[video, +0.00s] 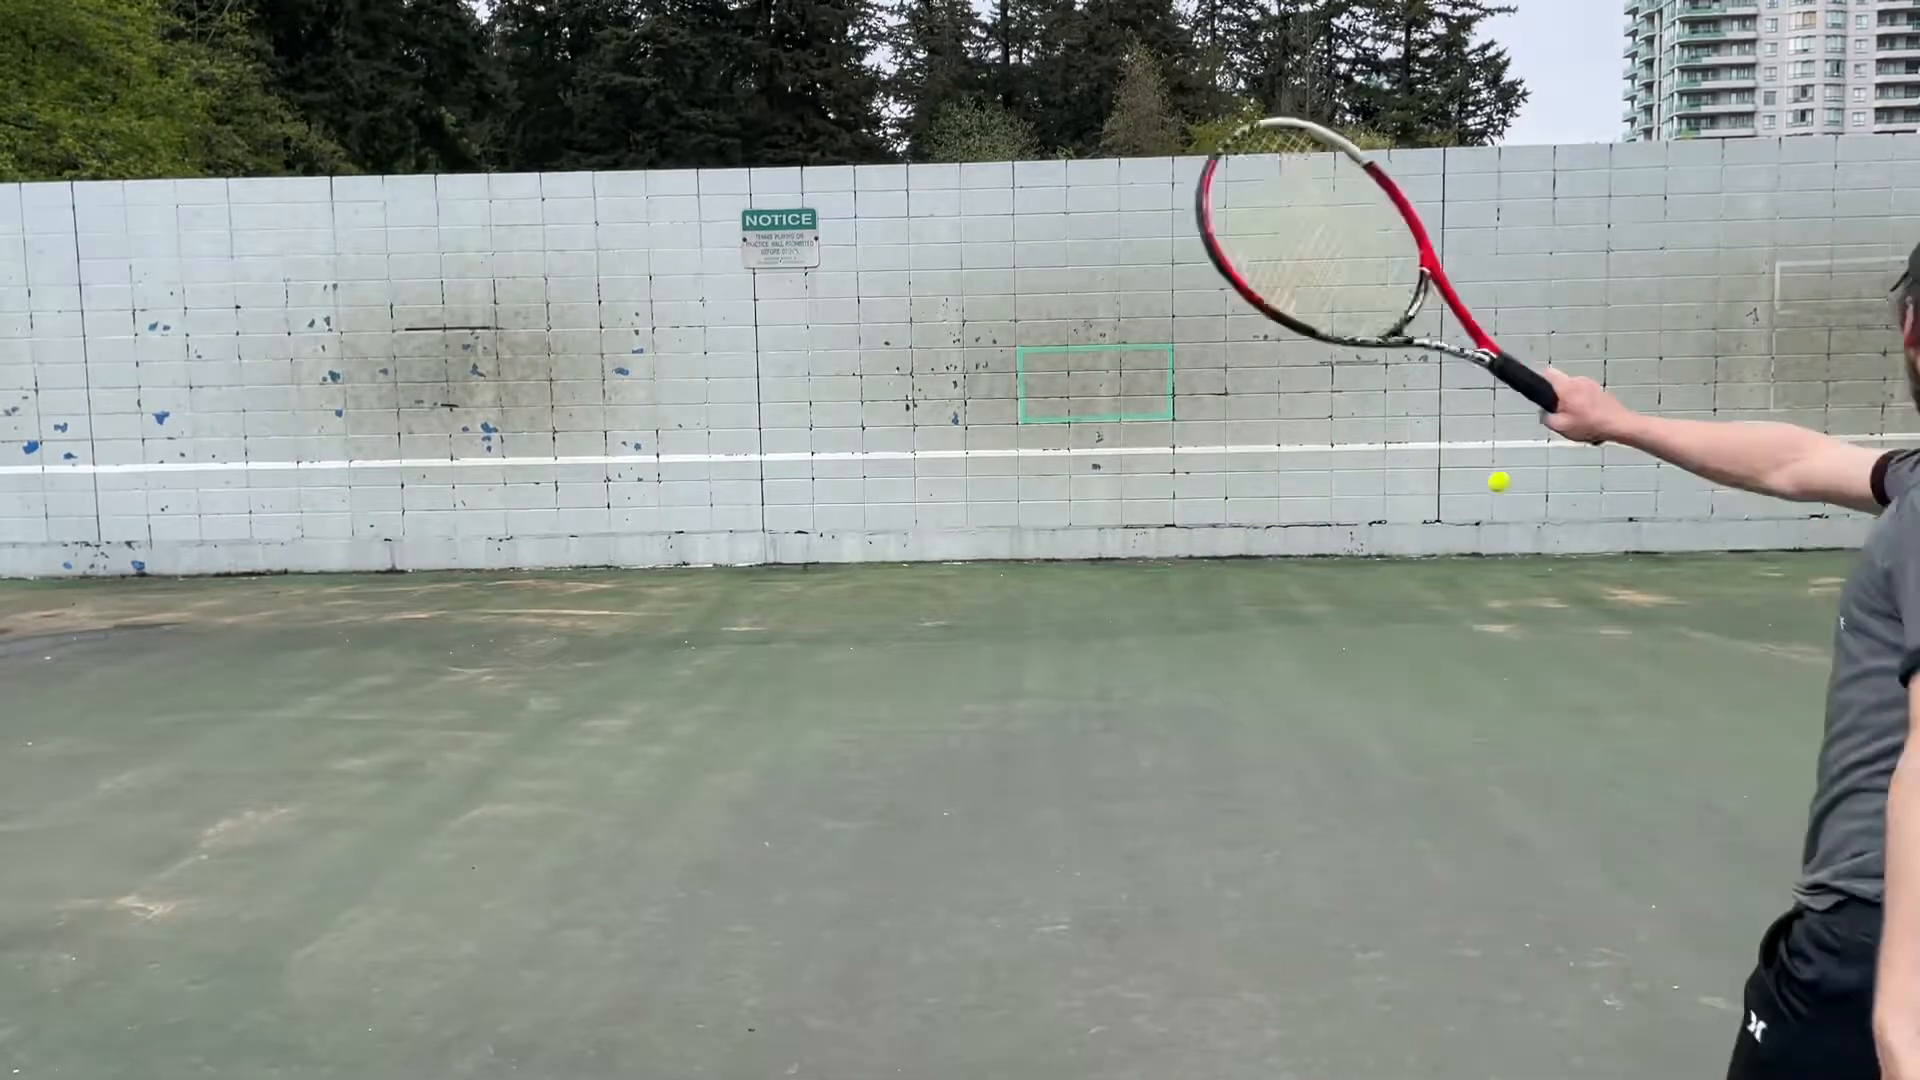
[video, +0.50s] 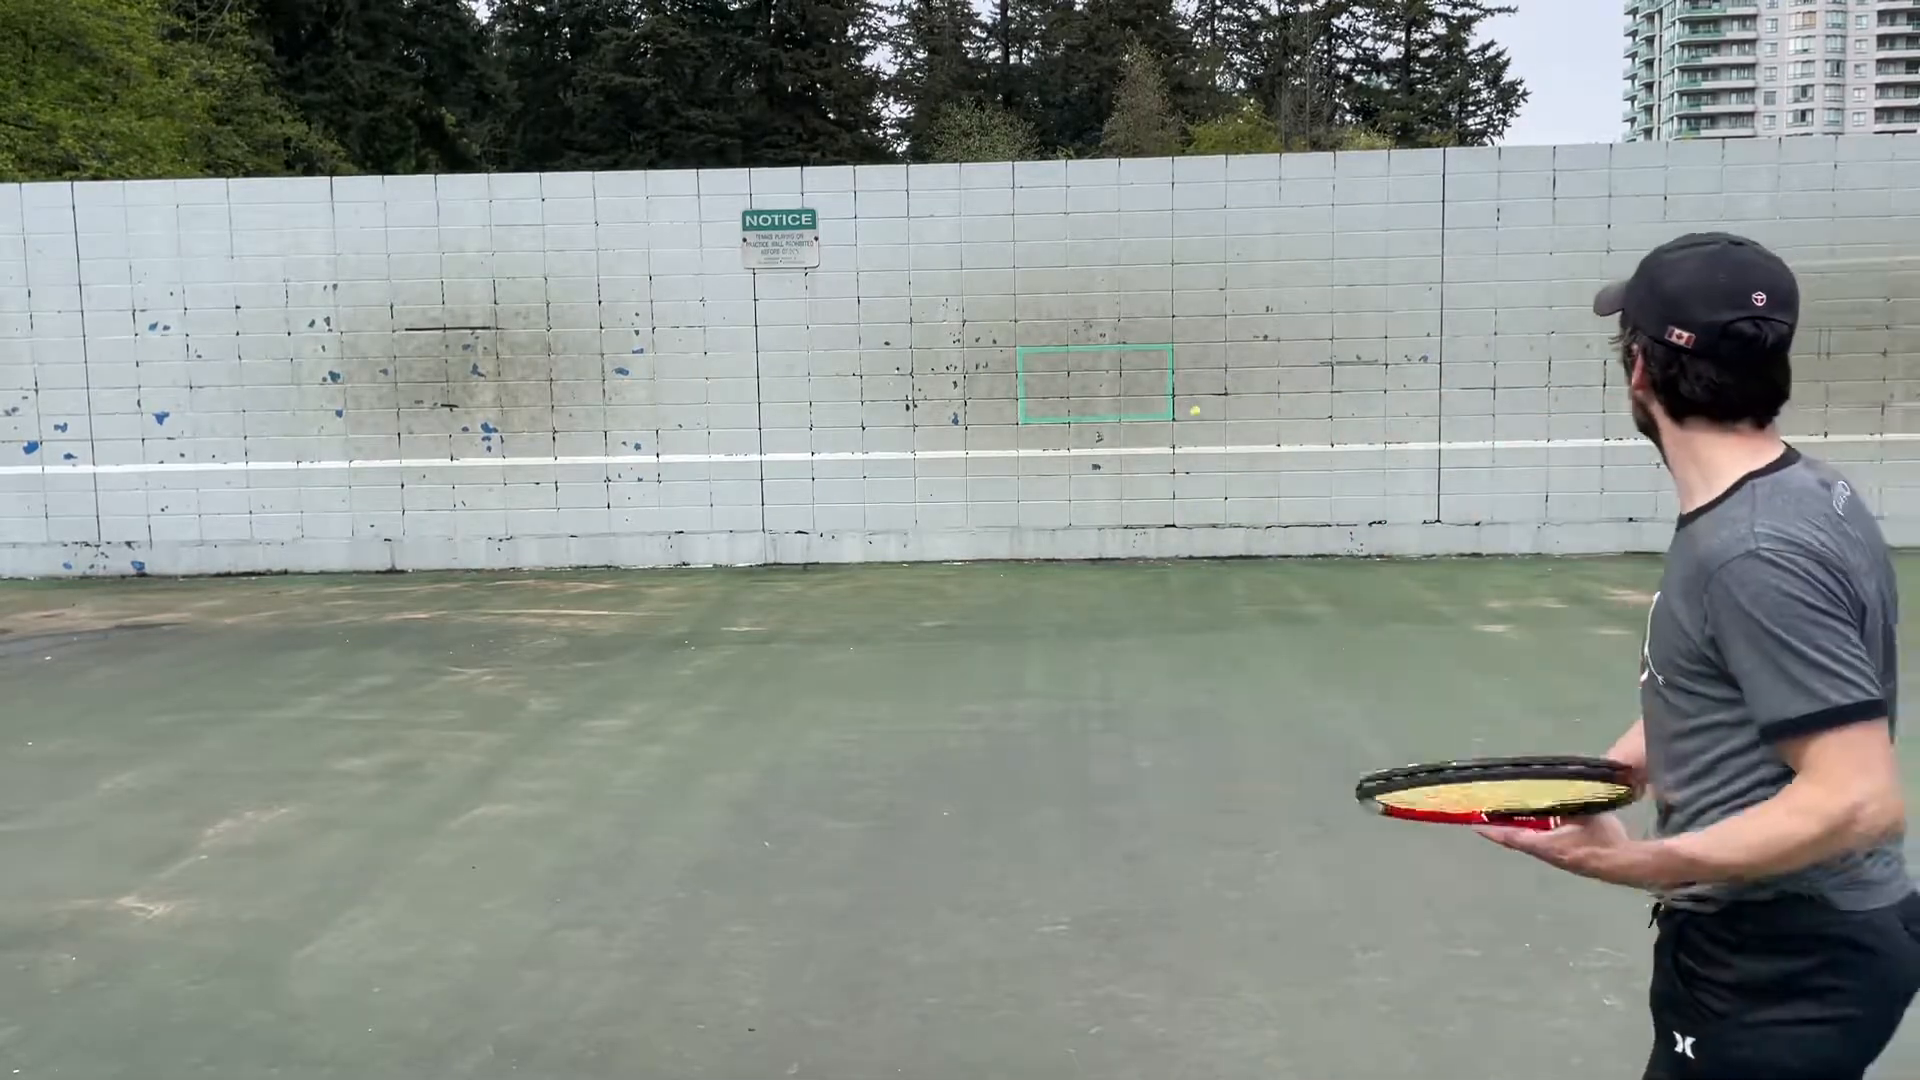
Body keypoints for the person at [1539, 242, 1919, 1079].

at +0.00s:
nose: (1903, 332)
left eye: (1902, 314)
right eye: (1912, 316)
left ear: (1908, 329)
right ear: (1917, 334)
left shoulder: (1909, 506)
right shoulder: (1907, 487)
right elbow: (1796, 461)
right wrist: (1616, 420)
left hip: (1858, 949)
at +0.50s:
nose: (1625, 366)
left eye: (1627, 348)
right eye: (1626, 346)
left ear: (1645, 373)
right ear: (1771, 369)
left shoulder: (1754, 551)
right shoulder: (1811, 496)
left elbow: (1860, 800)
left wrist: (1645, 862)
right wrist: (1612, 775)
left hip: (1776, 969)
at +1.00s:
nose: (1453, 386)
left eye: (1454, 376)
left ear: (1458, 393)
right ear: (1572, 404)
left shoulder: (1385, 528)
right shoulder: (1633, 542)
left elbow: (1358, 696)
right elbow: (1672, 742)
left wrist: (1462, 684)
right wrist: (1552, 745)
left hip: (1429, 898)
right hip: (1573, 901)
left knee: (1366, 1068)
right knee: (1509, 1071)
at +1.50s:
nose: (1393, 402)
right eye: (1393, 389)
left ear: (1277, 390)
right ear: (1383, 409)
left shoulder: (1208, 490)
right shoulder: (1333, 513)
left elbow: (1295, 574)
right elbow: (1425, 640)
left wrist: (1434, 558)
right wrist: (1592, 588)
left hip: (1153, 815)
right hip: (1274, 833)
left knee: (1127, 1037)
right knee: (1378, 1045)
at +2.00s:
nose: (1492, 509)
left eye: (1493, 493)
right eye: (1495, 496)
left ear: (1394, 472)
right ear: (1484, 500)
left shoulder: (1289, 525)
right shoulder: (1460, 591)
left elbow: (1136, 560)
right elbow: (1488, 758)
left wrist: (1024, 622)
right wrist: (1574, 918)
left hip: (1189, 830)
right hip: (1318, 863)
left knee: (1124, 1047)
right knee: (1339, 1047)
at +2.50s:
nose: (1277, 352)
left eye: (1280, 343)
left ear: (1285, 357)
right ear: (1379, 372)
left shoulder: (1295, 474)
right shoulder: (1393, 471)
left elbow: (1302, 639)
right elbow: (1249, 477)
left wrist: (1219, 783)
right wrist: (1123, 454)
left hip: (1272, 790)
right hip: (1372, 791)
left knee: (1173, 1023)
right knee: (1335, 1025)